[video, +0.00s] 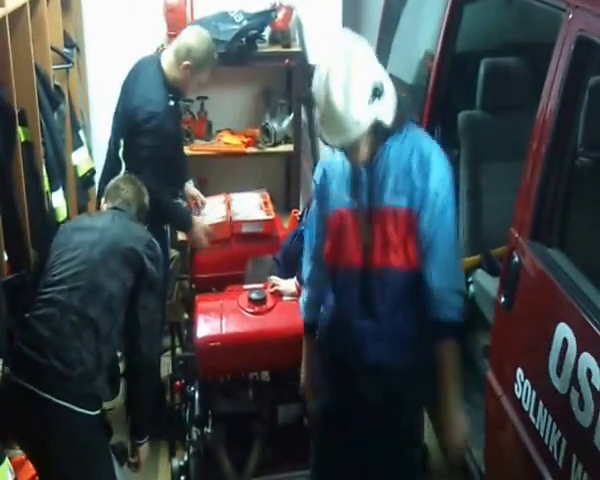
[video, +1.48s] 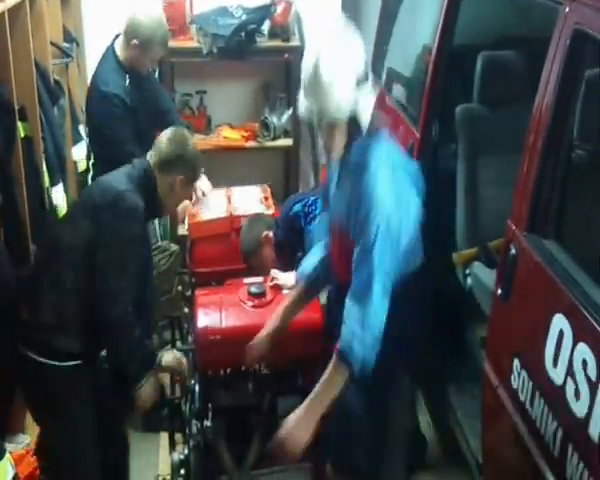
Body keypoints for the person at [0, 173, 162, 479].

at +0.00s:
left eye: (103, 201)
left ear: (104, 203)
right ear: (142, 212)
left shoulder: (68, 228)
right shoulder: (145, 245)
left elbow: (38, 296)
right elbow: (144, 347)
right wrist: (140, 434)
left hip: (18, 385)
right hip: (72, 404)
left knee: (53, 472)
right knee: (96, 472)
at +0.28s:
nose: (162, 202)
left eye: (164, 193)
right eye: (163, 193)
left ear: (119, 179)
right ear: (154, 190)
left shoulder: (73, 214)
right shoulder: (141, 234)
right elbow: (139, 338)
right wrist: (135, 421)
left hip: (20, 369)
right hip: (68, 383)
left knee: (56, 470)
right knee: (95, 472)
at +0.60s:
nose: (165, 176)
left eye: (168, 165)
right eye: (165, 164)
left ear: (124, 152)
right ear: (147, 157)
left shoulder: (76, 194)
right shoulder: (125, 212)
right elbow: (131, 320)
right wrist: (131, 404)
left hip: (34, 370)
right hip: (72, 384)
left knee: (61, 471)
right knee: (89, 473)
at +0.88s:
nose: (170, 203)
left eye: (174, 194)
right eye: (169, 193)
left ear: (141, 172)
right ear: (147, 177)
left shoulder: (89, 185)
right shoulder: (104, 227)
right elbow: (94, 334)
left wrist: (113, 357)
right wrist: (116, 425)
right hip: (62, 399)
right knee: (93, 470)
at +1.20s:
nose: (187, 226)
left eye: (192, 217)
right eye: (189, 215)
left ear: (168, 201)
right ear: (169, 205)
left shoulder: (127, 210)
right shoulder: (101, 228)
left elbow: (131, 306)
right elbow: (84, 341)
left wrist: (151, 364)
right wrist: (106, 432)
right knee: (77, 470)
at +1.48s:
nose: (186, 204)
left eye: (190, 196)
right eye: (189, 194)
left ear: (165, 177)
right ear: (175, 182)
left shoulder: (120, 189)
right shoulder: (123, 206)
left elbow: (123, 294)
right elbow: (118, 302)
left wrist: (150, 355)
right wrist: (141, 372)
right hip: (67, 360)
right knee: (93, 461)